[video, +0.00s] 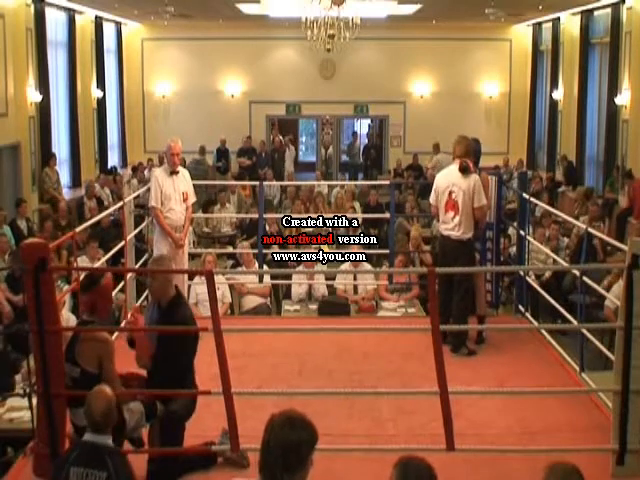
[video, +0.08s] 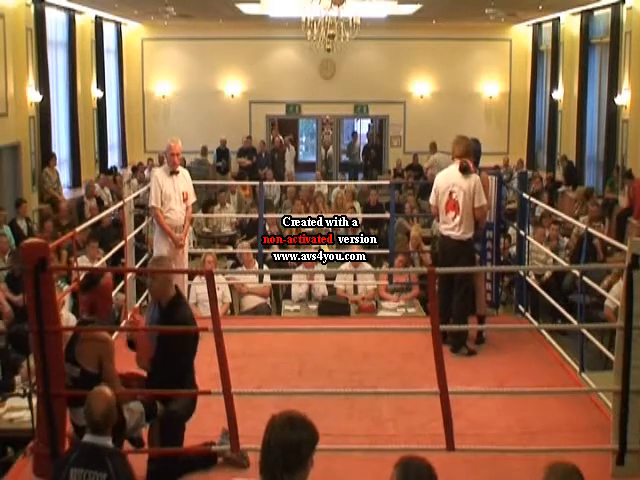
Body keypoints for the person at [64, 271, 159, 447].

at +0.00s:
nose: (113, 301)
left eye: (111, 294)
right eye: (109, 295)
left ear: (84, 299)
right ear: (97, 299)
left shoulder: (76, 333)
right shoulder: (102, 340)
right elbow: (114, 391)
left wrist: (126, 387)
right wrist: (137, 395)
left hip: (75, 412)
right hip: (93, 415)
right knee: (150, 406)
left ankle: (132, 431)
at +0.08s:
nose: (113, 300)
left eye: (111, 294)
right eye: (109, 294)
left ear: (84, 298)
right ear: (99, 299)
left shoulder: (75, 332)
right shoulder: (102, 339)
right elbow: (115, 390)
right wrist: (138, 395)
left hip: (75, 411)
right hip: (93, 414)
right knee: (150, 407)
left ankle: (133, 431)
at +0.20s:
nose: (113, 300)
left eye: (111, 294)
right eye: (109, 295)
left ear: (84, 298)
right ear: (99, 299)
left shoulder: (76, 332)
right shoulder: (102, 339)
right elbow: (115, 391)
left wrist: (126, 385)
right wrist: (138, 395)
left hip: (75, 411)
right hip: (94, 415)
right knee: (150, 407)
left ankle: (132, 431)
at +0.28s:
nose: (113, 301)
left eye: (111, 295)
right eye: (110, 295)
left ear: (84, 299)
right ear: (101, 300)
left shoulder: (73, 332)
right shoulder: (103, 339)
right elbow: (116, 390)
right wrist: (138, 395)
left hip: (75, 412)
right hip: (94, 415)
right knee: (150, 407)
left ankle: (132, 430)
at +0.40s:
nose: (113, 301)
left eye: (111, 295)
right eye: (109, 295)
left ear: (85, 298)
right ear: (100, 299)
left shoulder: (77, 331)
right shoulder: (104, 338)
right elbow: (117, 389)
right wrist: (138, 395)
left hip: (75, 412)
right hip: (94, 415)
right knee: (151, 407)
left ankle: (132, 430)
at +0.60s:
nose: (113, 300)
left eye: (112, 294)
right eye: (110, 294)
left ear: (85, 299)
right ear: (99, 299)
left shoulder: (79, 330)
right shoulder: (104, 337)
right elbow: (117, 388)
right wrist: (138, 395)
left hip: (76, 412)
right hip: (94, 416)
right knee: (150, 406)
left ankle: (133, 430)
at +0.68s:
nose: (115, 299)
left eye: (113, 293)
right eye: (111, 293)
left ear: (87, 298)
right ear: (101, 298)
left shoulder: (81, 329)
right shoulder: (105, 337)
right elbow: (117, 389)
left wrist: (128, 382)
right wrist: (139, 395)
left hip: (76, 410)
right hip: (93, 414)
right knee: (151, 406)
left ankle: (133, 430)